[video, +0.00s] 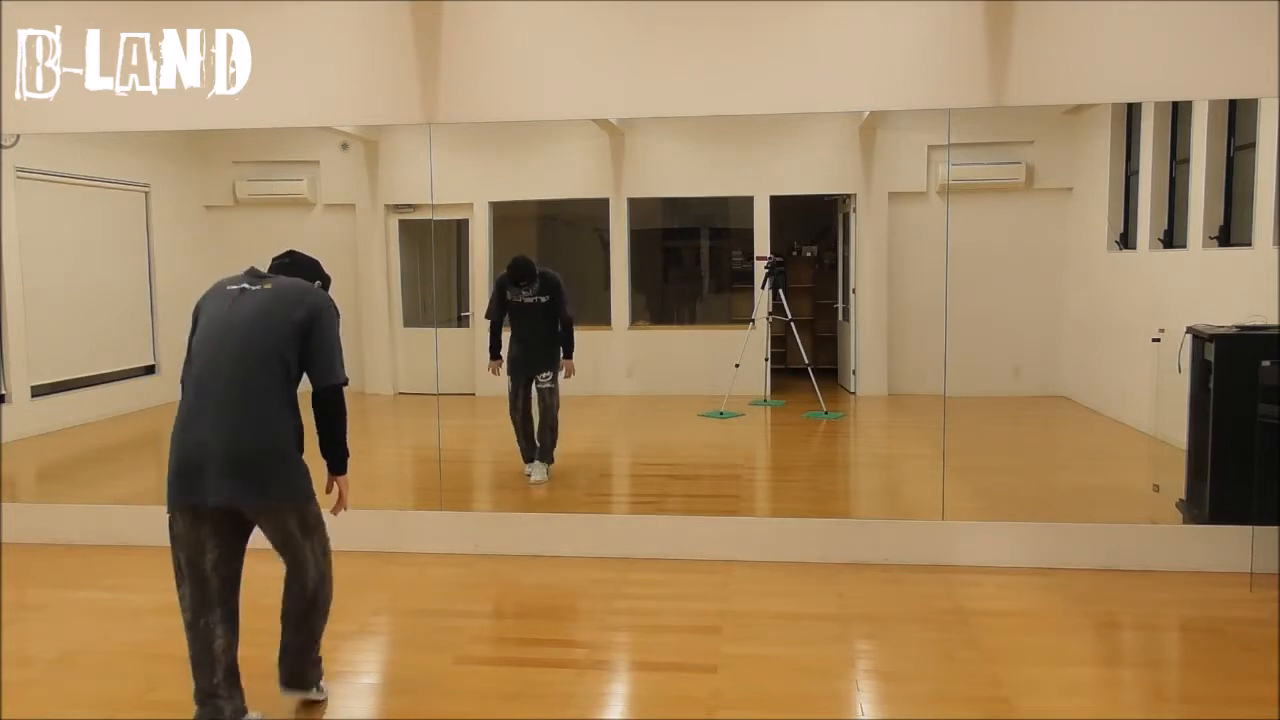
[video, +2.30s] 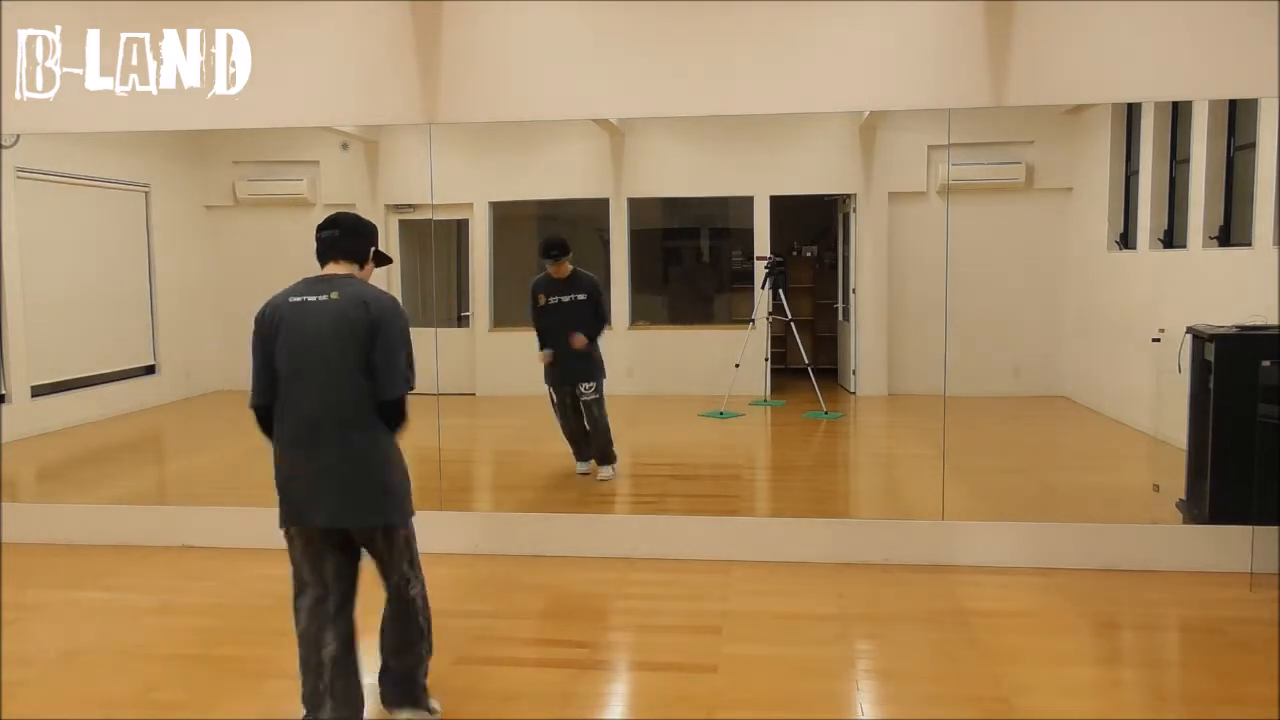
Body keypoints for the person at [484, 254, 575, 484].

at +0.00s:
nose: (526, 289)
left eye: (529, 285)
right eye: (521, 286)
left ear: (535, 276)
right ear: (512, 279)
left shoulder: (551, 282)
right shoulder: (503, 284)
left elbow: (565, 318)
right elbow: (496, 320)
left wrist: (568, 356)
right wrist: (495, 354)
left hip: (547, 351)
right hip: (519, 350)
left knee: (548, 408)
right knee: (518, 408)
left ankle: (544, 460)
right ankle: (530, 458)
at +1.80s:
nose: (522, 285)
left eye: (525, 280)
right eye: (517, 281)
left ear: (535, 271)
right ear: (511, 275)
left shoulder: (553, 287)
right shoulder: (507, 289)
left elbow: (575, 317)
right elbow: (499, 315)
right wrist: (483, 327)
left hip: (546, 356)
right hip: (517, 355)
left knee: (541, 411)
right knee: (500, 414)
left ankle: (556, 443)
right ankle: (505, 469)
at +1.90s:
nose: (528, 272)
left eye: (532, 266)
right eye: (524, 267)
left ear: (542, 259)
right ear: (518, 263)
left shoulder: (564, 279)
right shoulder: (514, 282)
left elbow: (592, 296)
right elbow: (493, 300)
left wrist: (600, 302)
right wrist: (472, 306)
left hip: (555, 362)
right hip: (524, 361)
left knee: (566, 415)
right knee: (509, 414)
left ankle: (589, 452)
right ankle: (506, 469)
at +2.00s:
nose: (537, 268)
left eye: (541, 262)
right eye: (532, 263)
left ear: (550, 255)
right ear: (526, 260)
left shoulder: (571, 275)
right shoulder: (521, 282)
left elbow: (605, 286)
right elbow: (490, 298)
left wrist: (633, 297)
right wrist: (459, 306)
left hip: (569, 358)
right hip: (537, 358)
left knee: (585, 412)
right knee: (520, 409)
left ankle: (608, 462)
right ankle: (512, 466)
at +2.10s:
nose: (544, 271)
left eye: (547, 266)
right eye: (539, 267)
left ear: (557, 261)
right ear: (533, 265)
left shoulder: (579, 281)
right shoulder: (530, 288)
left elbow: (609, 300)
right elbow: (505, 309)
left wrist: (638, 314)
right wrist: (473, 319)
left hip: (582, 359)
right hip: (551, 360)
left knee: (590, 414)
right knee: (533, 408)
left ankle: (610, 461)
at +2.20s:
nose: (551, 271)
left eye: (555, 265)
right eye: (546, 267)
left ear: (564, 260)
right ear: (540, 265)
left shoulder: (585, 283)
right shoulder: (538, 287)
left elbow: (611, 309)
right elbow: (526, 316)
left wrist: (622, 338)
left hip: (587, 357)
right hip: (556, 359)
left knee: (592, 411)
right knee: (555, 418)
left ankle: (609, 461)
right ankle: (576, 447)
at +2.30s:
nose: (554, 269)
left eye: (558, 264)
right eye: (550, 264)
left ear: (568, 259)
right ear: (544, 262)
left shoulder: (588, 283)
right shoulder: (540, 287)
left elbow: (601, 317)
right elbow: (539, 322)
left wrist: (587, 336)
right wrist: (545, 347)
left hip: (586, 359)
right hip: (557, 362)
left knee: (594, 413)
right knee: (567, 416)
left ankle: (606, 461)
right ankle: (583, 457)